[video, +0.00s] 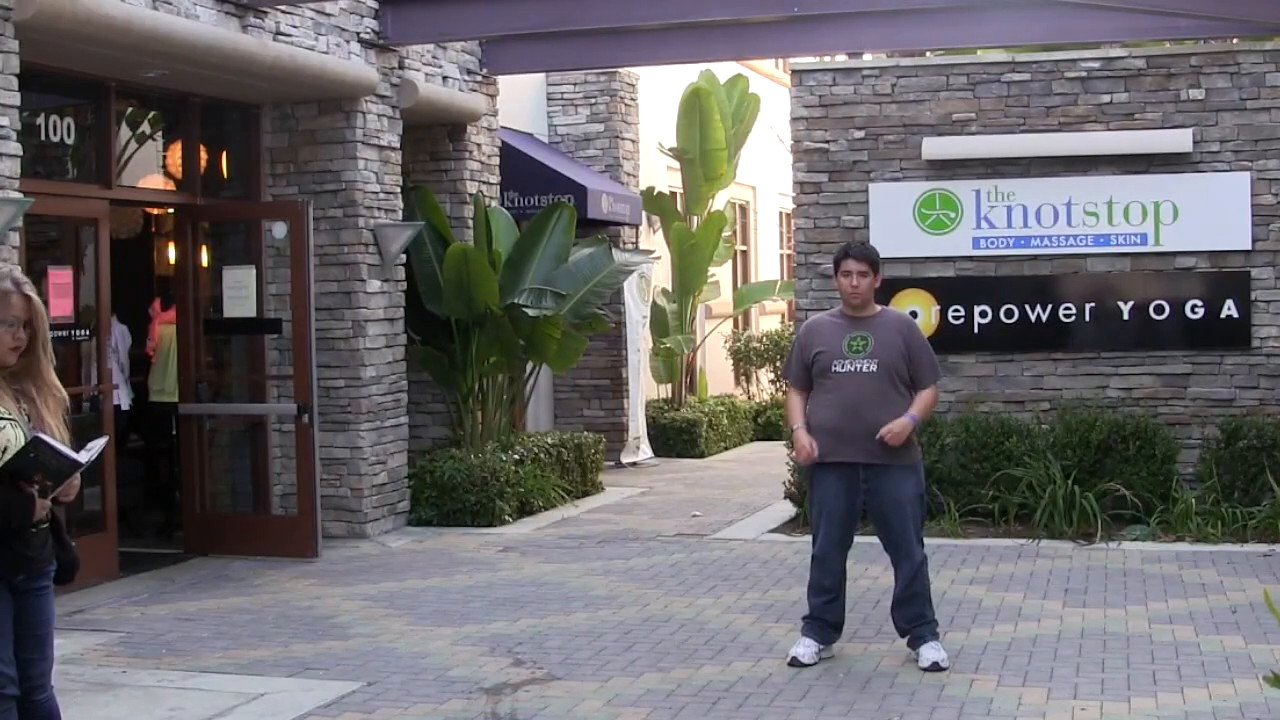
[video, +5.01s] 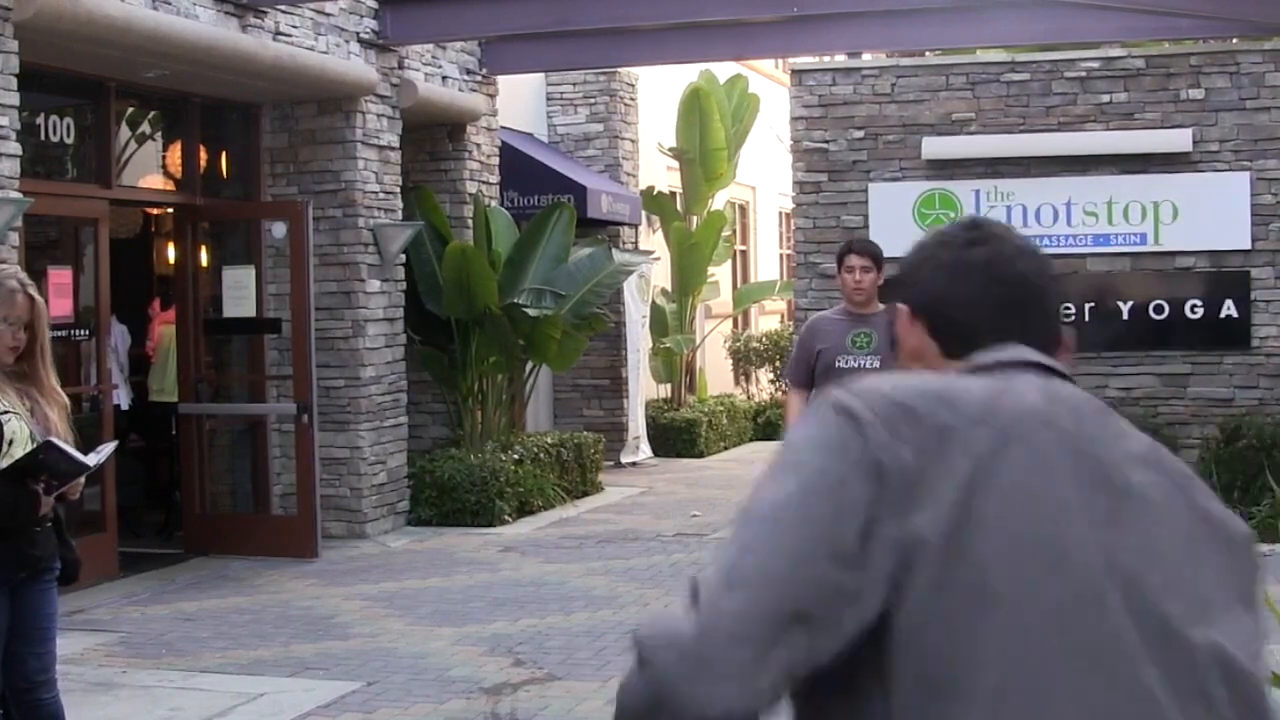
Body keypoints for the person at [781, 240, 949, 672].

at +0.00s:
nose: (853, 282)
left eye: (861, 275)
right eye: (846, 274)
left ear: (876, 279)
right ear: (835, 280)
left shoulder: (902, 327)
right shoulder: (812, 331)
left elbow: (928, 387)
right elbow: (797, 387)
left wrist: (910, 420)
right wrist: (799, 430)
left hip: (894, 462)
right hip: (831, 463)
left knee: (909, 553)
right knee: (826, 551)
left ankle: (923, 636)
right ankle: (817, 634)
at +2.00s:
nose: (860, 283)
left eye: (868, 274)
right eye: (852, 275)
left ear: (883, 279)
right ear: (842, 283)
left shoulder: (911, 326)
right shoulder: (821, 331)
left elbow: (938, 392)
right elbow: (796, 383)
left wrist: (909, 378)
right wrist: (802, 416)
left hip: (902, 459)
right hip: (837, 461)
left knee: (913, 551)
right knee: (832, 552)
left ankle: (924, 637)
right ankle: (817, 635)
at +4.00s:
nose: (854, 283)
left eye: (862, 276)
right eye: (846, 276)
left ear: (877, 282)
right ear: (835, 282)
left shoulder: (902, 331)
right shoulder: (812, 332)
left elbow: (925, 388)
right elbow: (794, 383)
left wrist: (919, 420)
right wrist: (791, 417)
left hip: (888, 457)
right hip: (824, 457)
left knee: (901, 545)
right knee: (820, 548)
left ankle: (921, 637)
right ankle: (817, 634)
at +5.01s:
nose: (857, 279)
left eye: (865, 270)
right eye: (849, 271)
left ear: (880, 277)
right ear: (839, 277)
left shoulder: (900, 324)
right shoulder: (817, 328)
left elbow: (915, 383)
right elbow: (797, 392)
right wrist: (797, 448)